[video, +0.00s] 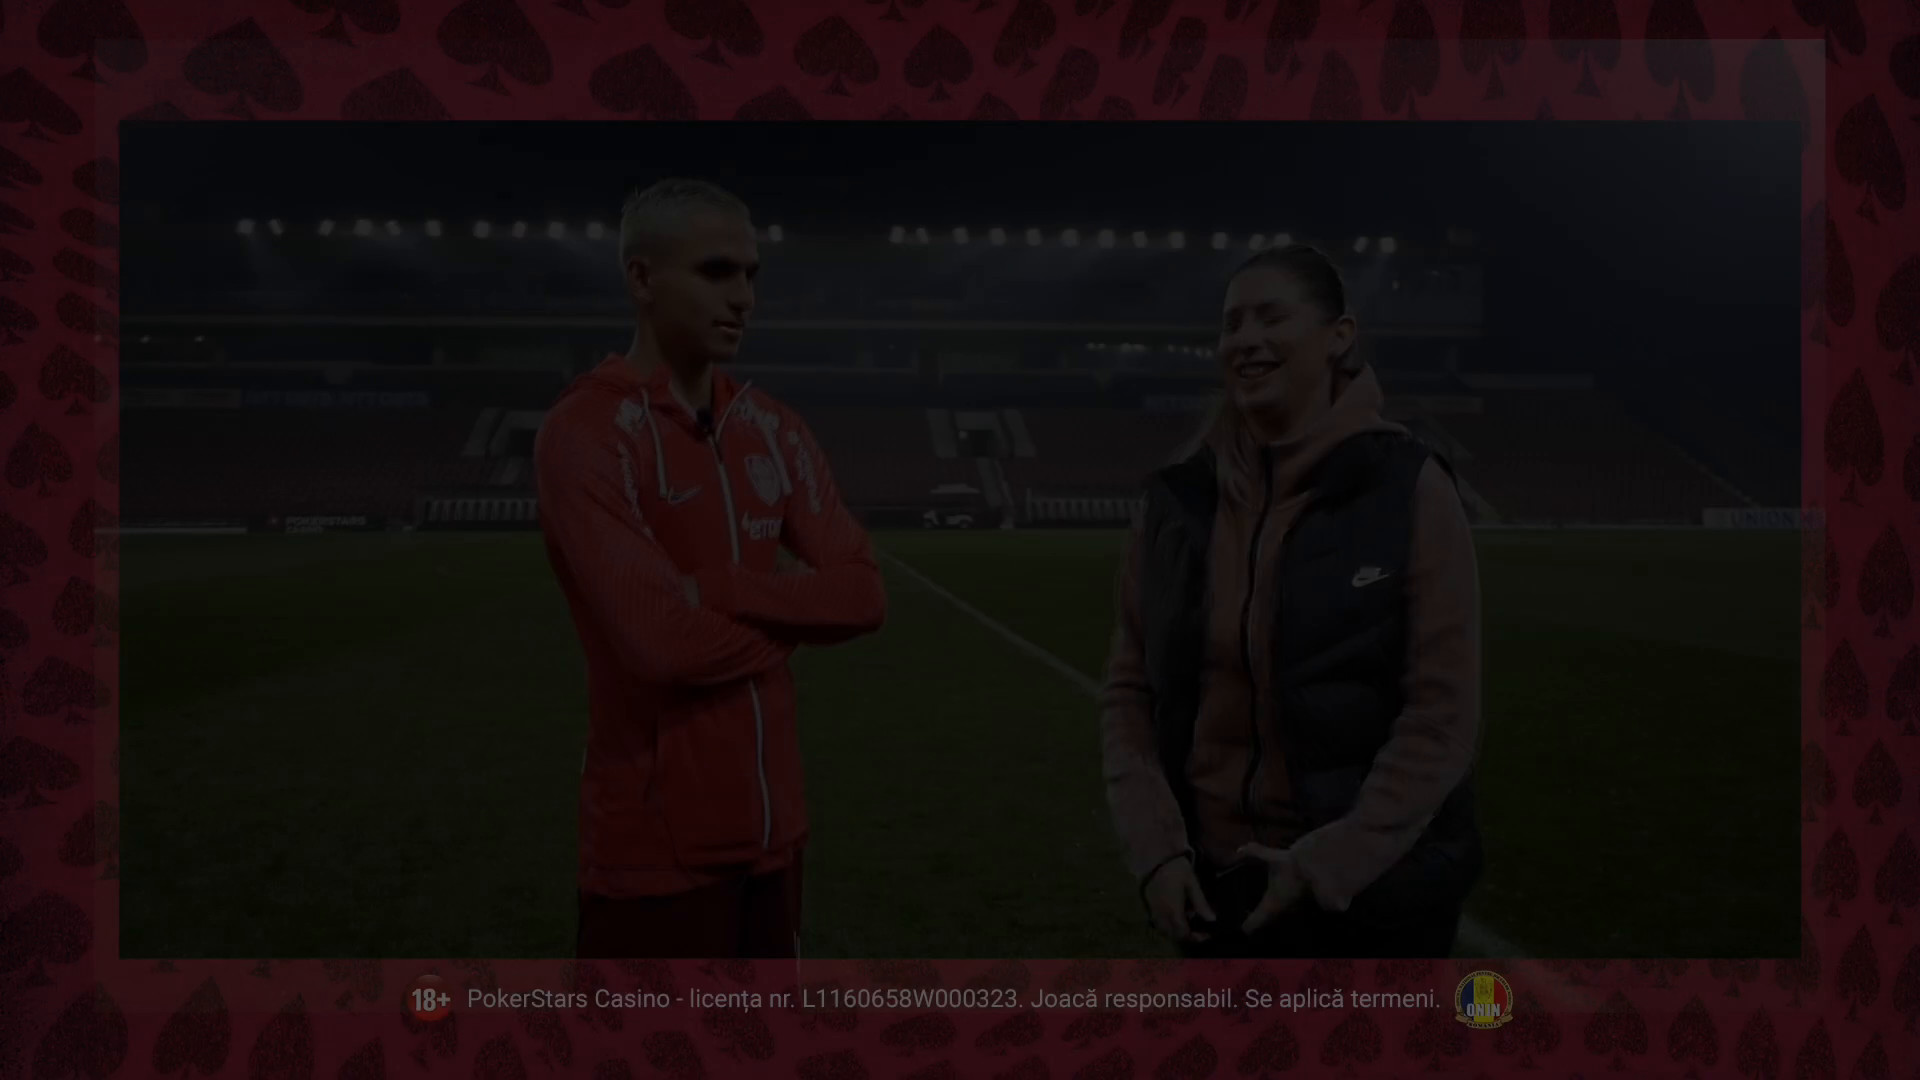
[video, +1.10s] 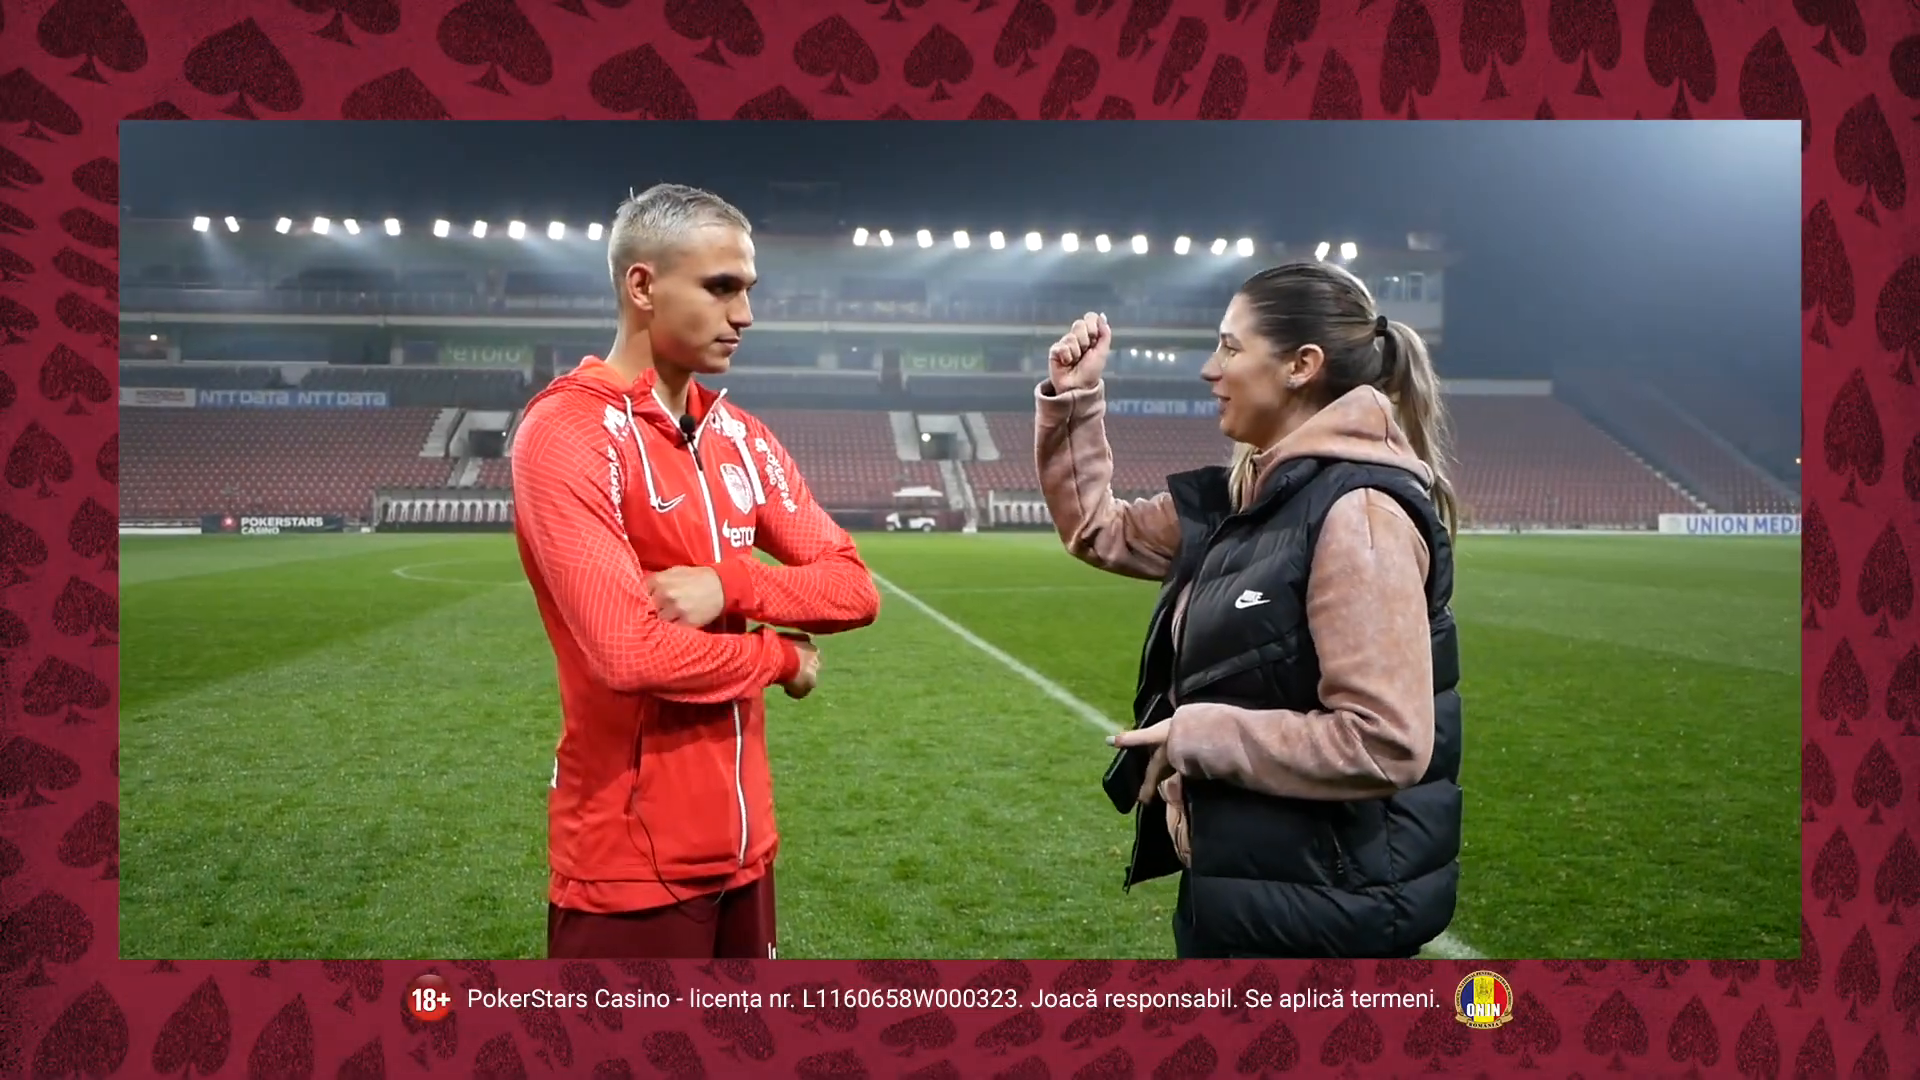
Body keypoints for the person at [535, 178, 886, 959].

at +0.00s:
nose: (741, 297)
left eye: (750, 276)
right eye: (717, 273)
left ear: (758, 281)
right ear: (642, 278)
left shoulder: (773, 427)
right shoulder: (584, 433)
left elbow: (861, 596)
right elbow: (658, 646)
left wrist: (713, 591)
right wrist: (791, 617)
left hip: (769, 821)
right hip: (651, 830)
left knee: (761, 1051)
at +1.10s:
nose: (744, 314)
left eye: (748, 291)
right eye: (722, 287)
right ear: (641, 288)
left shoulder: (739, 433)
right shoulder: (563, 433)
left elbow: (854, 587)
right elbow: (629, 651)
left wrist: (730, 584)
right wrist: (779, 655)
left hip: (741, 840)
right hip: (629, 851)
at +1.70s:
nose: (777, 323)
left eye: (777, 299)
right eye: (758, 294)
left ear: (688, 299)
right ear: (682, 294)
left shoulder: (688, 424)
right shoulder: (625, 430)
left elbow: (699, 622)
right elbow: (854, 539)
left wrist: (781, 673)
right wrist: (959, 395)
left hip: (726, 853)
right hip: (651, 864)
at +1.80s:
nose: (775, 319)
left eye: (776, 295)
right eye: (755, 290)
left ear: (686, 295)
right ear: (678, 290)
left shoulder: (695, 421)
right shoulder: (621, 426)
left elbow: (709, 615)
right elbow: (847, 530)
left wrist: (788, 674)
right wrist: (959, 388)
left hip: (732, 848)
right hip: (655, 860)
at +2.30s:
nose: (778, 316)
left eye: (778, 294)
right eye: (754, 291)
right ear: (676, 296)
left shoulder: (770, 444)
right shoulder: (596, 442)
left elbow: (861, 601)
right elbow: (667, 644)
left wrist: (736, 613)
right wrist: (818, 707)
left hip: (766, 839)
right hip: (654, 849)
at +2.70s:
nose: (773, 313)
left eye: (772, 291)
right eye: (747, 288)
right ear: (669, 295)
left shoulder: (775, 444)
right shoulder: (593, 444)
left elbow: (867, 609)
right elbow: (674, 656)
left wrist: (722, 594)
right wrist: (792, 622)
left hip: (761, 842)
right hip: (648, 851)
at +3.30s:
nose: (786, 314)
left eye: (784, 291)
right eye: (763, 289)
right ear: (686, 295)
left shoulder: (773, 449)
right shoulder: (613, 450)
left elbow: (866, 620)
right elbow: (706, 671)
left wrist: (737, 612)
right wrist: (809, 644)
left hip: (768, 847)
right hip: (669, 859)